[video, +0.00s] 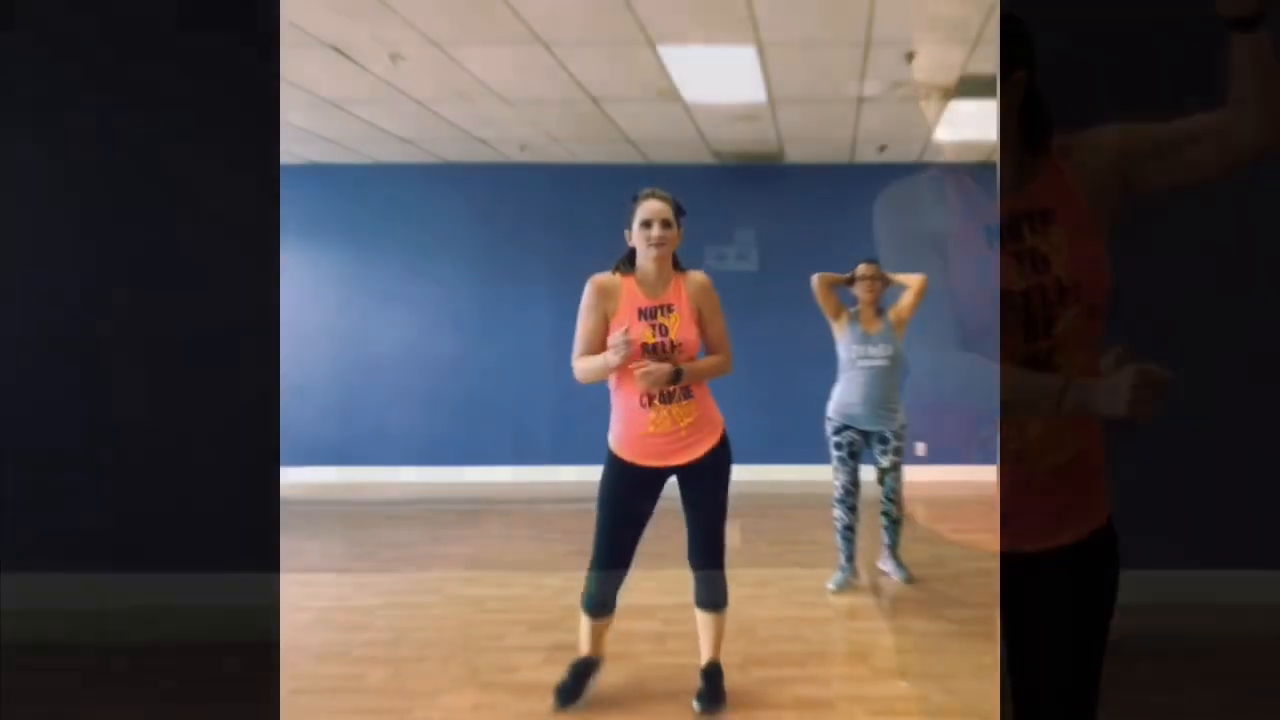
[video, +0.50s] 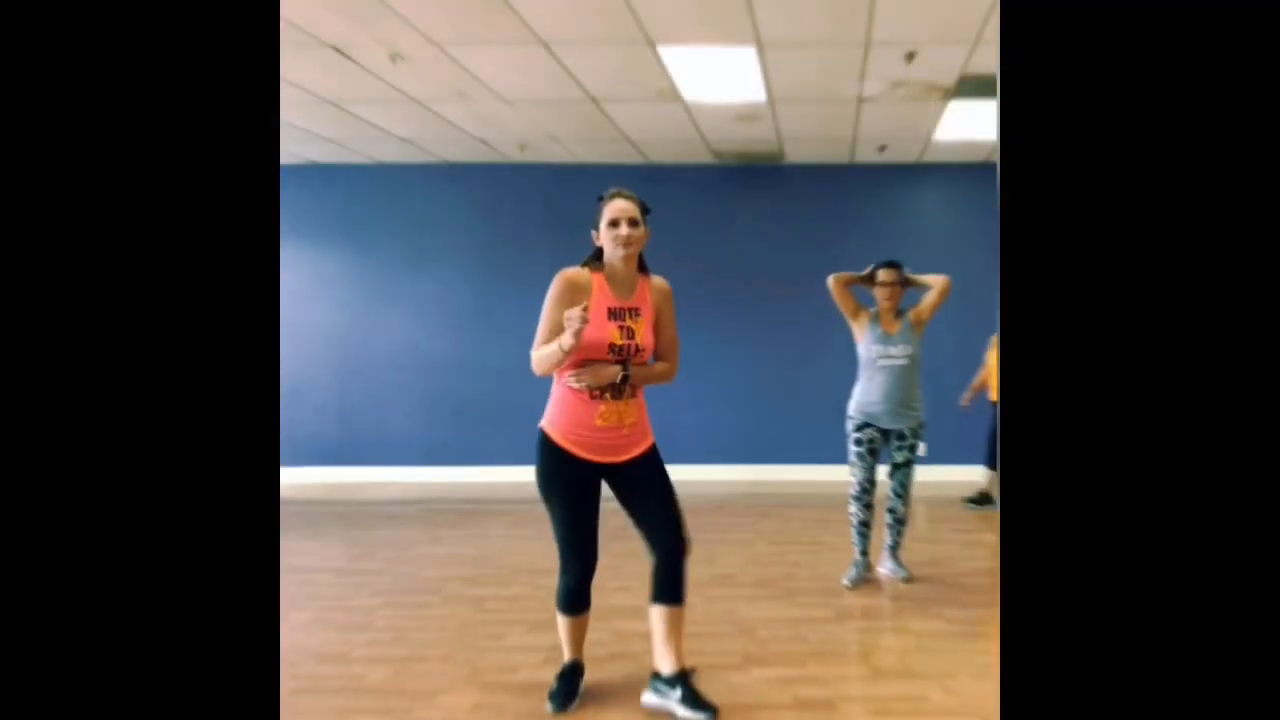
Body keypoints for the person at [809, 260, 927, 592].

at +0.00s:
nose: (869, 285)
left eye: (874, 280)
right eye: (863, 280)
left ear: (883, 287)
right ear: (854, 288)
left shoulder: (895, 321)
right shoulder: (842, 319)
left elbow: (920, 282)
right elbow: (818, 281)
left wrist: (889, 277)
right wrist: (848, 279)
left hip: (887, 419)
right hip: (845, 418)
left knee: (892, 493)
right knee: (845, 493)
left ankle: (889, 556)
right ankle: (846, 565)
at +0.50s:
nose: (888, 292)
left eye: (894, 285)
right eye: (882, 285)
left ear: (903, 290)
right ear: (873, 290)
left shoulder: (914, 322)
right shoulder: (861, 320)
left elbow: (944, 282)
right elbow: (834, 281)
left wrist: (911, 279)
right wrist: (864, 277)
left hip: (905, 418)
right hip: (865, 416)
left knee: (900, 492)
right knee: (862, 490)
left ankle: (891, 556)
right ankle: (860, 560)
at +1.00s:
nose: (882, 296)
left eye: (888, 290)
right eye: (876, 290)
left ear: (896, 292)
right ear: (866, 292)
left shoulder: (907, 322)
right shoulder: (854, 319)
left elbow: (935, 281)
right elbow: (827, 278)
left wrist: (904, 268)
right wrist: (858, 270)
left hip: (899, 419)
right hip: (858, 416)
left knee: (895, 492)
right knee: (851, 490)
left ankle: (891, 555)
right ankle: (847, 557)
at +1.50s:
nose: (870, 293)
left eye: (875, 287)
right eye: (863, 288)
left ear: (884, 291)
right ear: (854, 291)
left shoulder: (896, 320)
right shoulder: (841, 319)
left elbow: (927, 284)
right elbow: (811, 282)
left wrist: (895, 268)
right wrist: (848, 269)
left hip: (888, 416)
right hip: (847, 416)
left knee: (890, 491)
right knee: (847, 491)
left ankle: (889, 557)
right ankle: (846, 558)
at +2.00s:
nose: (869, 295)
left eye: (875, 289)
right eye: (863, 289)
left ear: (883, 293)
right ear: (852, 294)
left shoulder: (892, 324)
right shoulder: (840, 321)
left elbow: (922, 288)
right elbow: (811, 285)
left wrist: (890, 279)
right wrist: (844, 277)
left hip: (889, 417)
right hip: (847, 417)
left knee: (893, 492)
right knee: (839, 490)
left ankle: (889, 557)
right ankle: (830, 560)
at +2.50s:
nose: (846, 294)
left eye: (852, 288)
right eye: (840, 287)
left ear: (860, 293)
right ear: (829, 292)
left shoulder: (869, 324)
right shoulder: (817, 321)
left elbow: (902, 293)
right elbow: (793, 279)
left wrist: (869, 281)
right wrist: (824, 276)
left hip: (862, 418)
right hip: (820, 418)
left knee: (878, 487)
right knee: (824, 490)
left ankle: (876, 555)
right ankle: (827, 559)